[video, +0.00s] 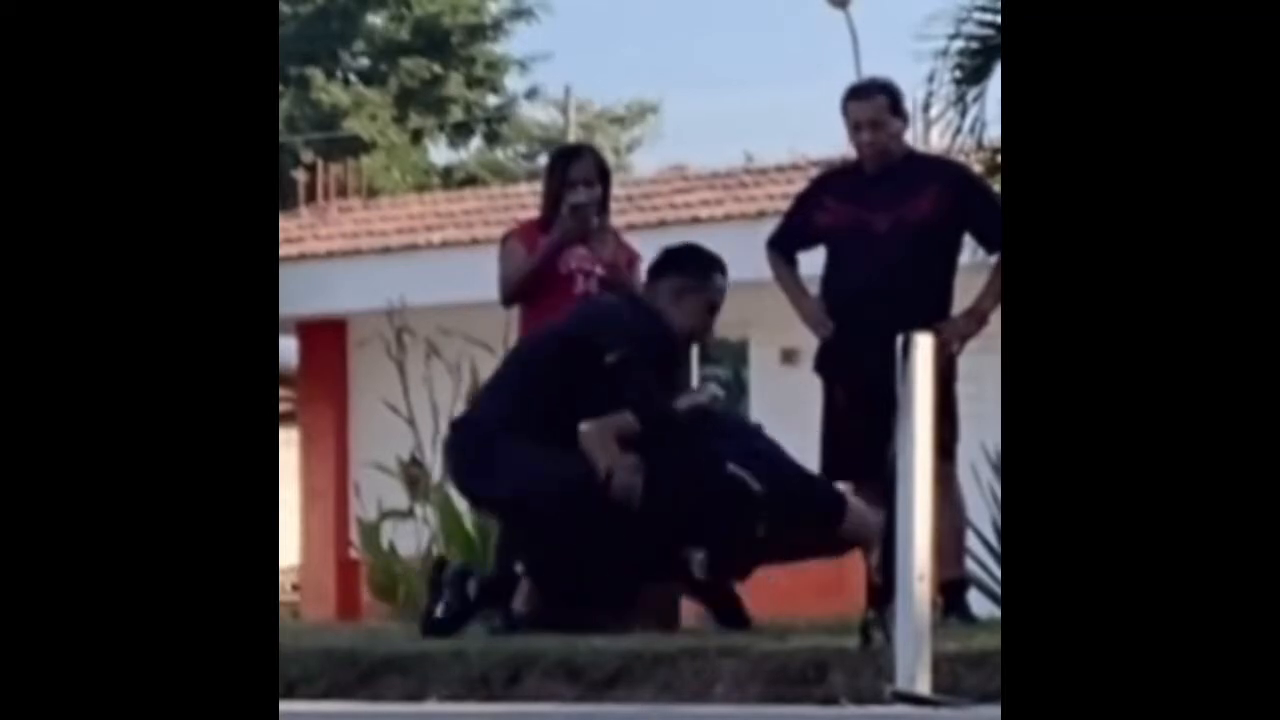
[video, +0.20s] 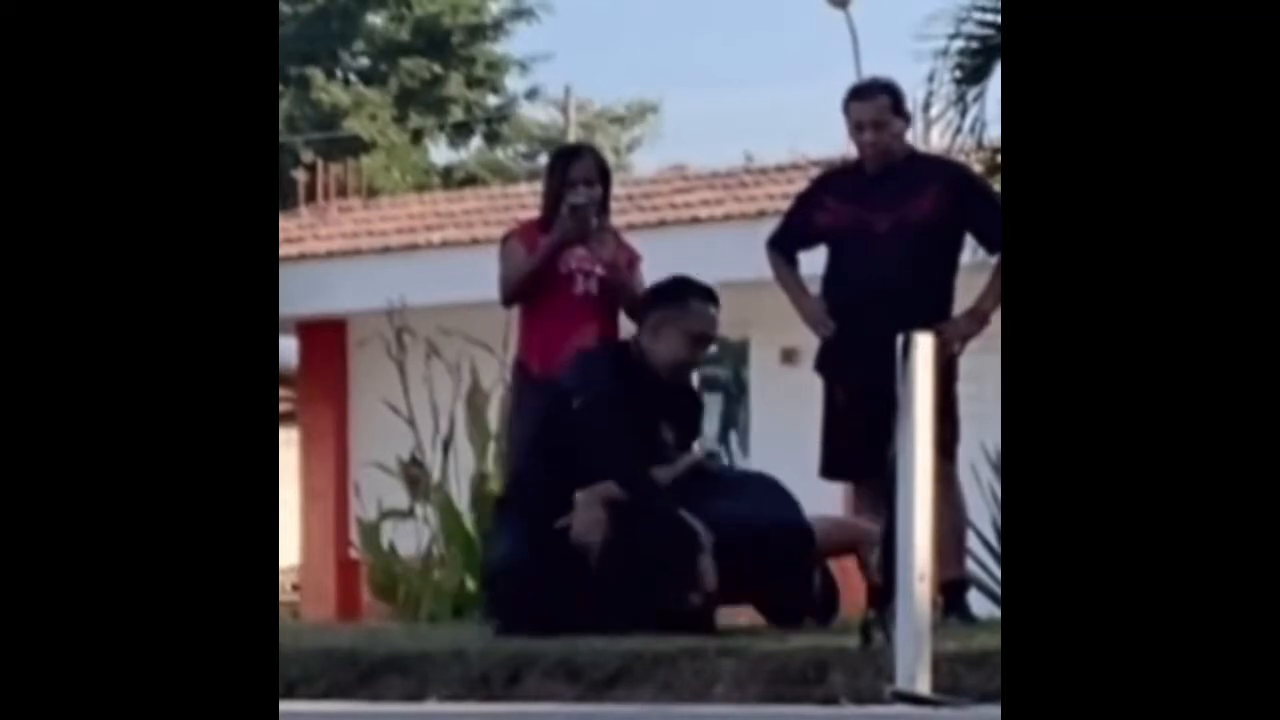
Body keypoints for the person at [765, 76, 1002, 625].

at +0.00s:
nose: (866, 138)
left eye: (876, 126)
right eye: (856, 128)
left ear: (902, 124)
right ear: (846, 132)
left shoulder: (947, 180)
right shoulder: (832, 188)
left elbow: (1002, 246)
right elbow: (778, 250)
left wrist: (974, 317)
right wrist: (814, 317)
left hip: (924, 353)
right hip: (852, 353)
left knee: (934, 476)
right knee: (866, 484)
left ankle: (952, 595)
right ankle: (878, 601)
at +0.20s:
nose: (868, 138)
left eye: (879, 126)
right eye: (858, 128)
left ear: (904, 123)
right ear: (847, 131)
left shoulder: (948, 181)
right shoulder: (833, 188)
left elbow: (1003, 247)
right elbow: (779, 250)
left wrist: (975, 317)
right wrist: (815, 316)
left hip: (925, 352)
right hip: (853, 351)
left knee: (935, 475)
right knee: (865, 482)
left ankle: (952, 595)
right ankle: (877, 599)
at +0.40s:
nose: (870, 140)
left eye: (880, 127)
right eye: (859, 129)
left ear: (906, 124)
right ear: (849, 132)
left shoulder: (949, 182)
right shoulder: (834, 188)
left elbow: (1003, 248)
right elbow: (779, 249)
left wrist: (975, 318)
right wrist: (813, 313)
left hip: (925, 353)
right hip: (853, 353)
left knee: (935, 474)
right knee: (872, 484)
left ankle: (952, 594)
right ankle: (881, 599)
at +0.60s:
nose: (872, 140)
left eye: (883, 128)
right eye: (862, 129)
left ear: (907, 125)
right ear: (851, 132)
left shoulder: (950, 182)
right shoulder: (834, 188)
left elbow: (1003, 249)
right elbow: (780, 247)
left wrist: (975, 319)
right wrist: (813, 312)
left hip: (926, 352)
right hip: (854, 351)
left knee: (936, 474)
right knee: (865, 481)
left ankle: (951, 592)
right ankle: (872, 595)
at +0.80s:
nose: (873, 140)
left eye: (884, 127)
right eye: (862, 129)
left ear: (909, 126)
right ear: (852, 132)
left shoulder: (951, 182)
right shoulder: (835, 188)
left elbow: (1004, 250)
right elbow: (780, 246)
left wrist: (976, 319)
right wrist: (812, 308)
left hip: (926, 352)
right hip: (854, 352)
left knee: (936, 475)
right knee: (864, 481)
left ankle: (952, 591)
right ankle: (872, 593)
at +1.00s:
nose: (873, 140)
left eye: (884, 127)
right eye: (863, 129)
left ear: (909, 125)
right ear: (852, 132)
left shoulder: (951, 182)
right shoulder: (835, 188)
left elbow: (1003, 250)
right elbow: (780, 245)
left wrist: (977, 318)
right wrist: (810, 306)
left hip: (926, 353)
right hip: (854, 352)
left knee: (936, 474)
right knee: (865, 481)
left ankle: (952, 591)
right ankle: (877, 593)